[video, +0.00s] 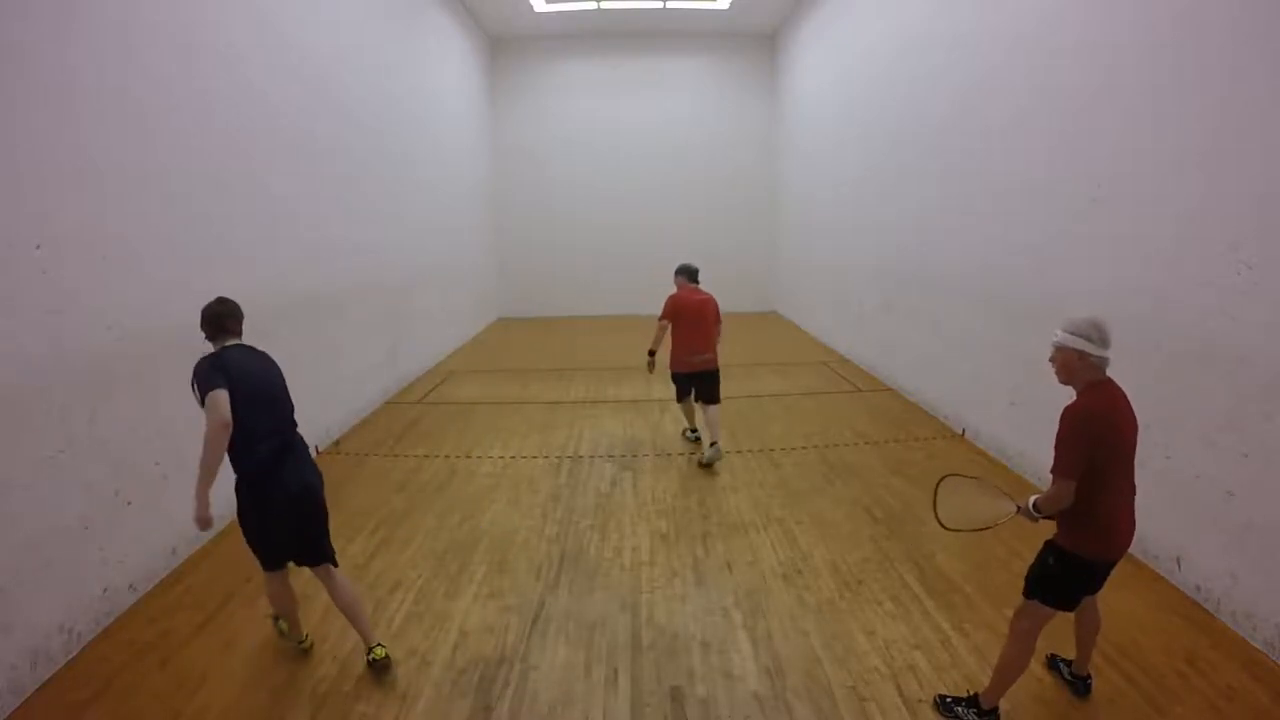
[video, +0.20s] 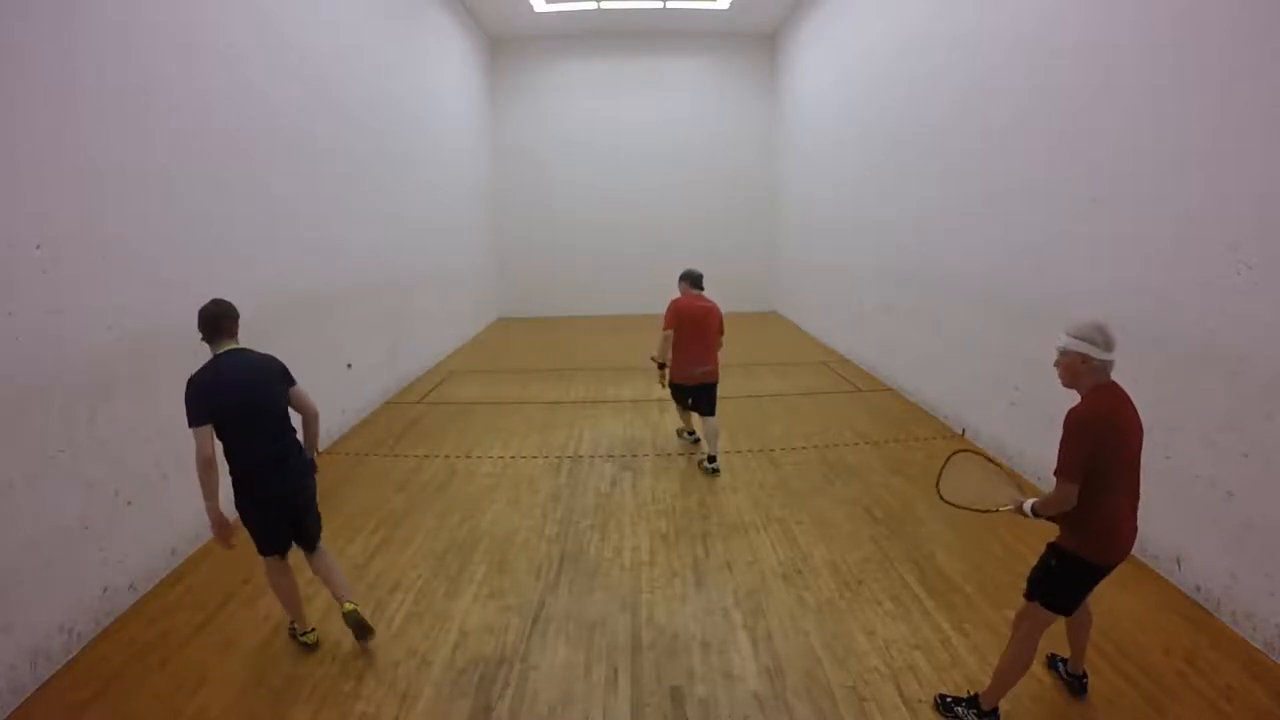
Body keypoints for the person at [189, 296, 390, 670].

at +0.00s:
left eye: (207, 329)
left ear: (206, 332)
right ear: (241, 325)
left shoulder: (210, 366)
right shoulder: (263, 359)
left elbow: (221, 419)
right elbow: (284, 418)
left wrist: (202, 492)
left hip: (260, 487)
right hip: (302, 475)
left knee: (274, 567)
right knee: (326, 565)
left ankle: (295, 632)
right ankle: (374, 644)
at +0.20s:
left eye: (208, 331)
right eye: (235, 324)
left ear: (202, 335)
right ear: (237, 327)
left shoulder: (200, 385)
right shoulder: (267, 363)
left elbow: (206, 456)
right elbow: (310, 411)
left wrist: (213, 510)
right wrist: (310, 454)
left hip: (253, 487)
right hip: (295, 472)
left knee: (275, 559)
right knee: (314, 546)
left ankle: (302, 627)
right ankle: (348, 603)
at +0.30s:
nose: (242, 316)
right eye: (242, 311)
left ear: (206, 322)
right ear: (240, 315)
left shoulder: (197, 369)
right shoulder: (268, 352)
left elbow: (196, 437)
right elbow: (316, 397)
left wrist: (204, 473)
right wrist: (322, 446)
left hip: (248, 475)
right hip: (290, 462)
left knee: (273, 551)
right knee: (306, 528)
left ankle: (302, 625)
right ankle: (338, 594)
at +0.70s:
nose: (267, 314)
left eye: (265, 307)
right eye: (264, 308)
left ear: (228, 314)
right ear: (251, 311)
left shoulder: (206, 354)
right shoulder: (271, 350)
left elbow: (185, 408)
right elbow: (308, 405)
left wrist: (211, 428)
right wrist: (328, 443)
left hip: (239, 455)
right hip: (277, 449)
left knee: (262, 513)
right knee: (303, 516)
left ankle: (261, 585)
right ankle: (316, 590)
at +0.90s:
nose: (257, 313)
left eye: (256, 306)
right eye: (254, 307)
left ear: (222, 312)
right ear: (239, 311)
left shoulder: (203, 350)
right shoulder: (247, 352)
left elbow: (192, 403)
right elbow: (274, 411)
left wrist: (218, 429)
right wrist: (305, 436)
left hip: (226, 454)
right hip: (256, 453)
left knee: (254, 519)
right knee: (292, 524)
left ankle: (248, 592)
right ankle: (315, 590)